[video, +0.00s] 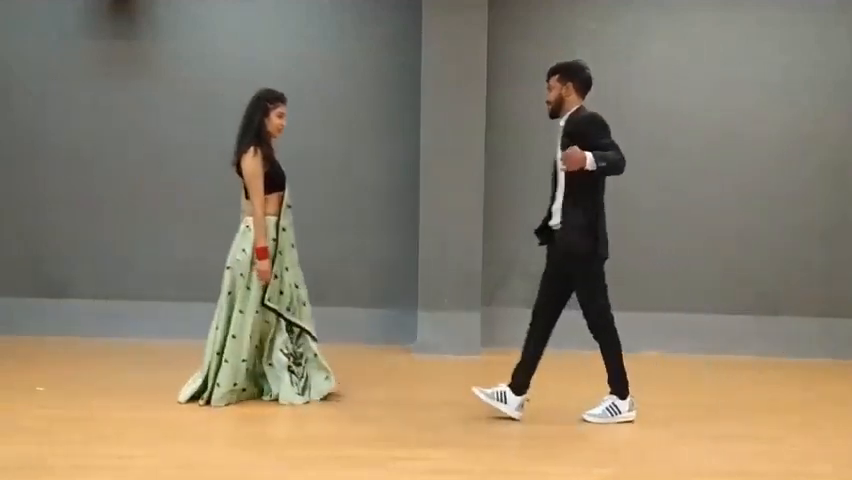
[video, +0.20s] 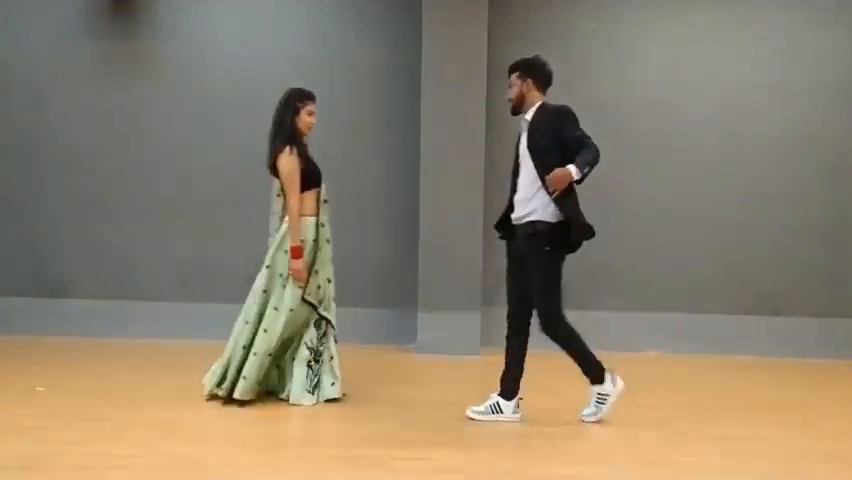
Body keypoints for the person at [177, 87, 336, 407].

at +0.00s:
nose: (283, 122)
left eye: (284, 116)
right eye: (279, 116)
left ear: (272, 118)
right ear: (262, 116)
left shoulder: (264, 153)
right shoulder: (253, 155)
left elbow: (262, 207)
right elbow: (256, 207)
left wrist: (269, 250)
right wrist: (262, 253)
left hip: (273, 238)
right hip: (261, 239)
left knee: (275, 310)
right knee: (261, 311)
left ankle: (274, 377)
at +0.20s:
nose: (313, 120)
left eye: (314, 114)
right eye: (309, 114)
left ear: (302, 117)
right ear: (293, 114)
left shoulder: (298, 152)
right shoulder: (289, 154)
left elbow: (296, 206)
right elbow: (292, 207)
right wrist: (296, 254)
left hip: (312, 240)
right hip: (301, 241)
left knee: (309, 311)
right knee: (297, 313)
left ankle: (305, 380)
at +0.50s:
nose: (350, 117)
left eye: (351, 111)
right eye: (345, 112)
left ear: (337, 114)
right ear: (329, 114)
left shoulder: (334, 149)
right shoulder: (328, 151)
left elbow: (338, 200)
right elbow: (339, 200)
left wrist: (346, 242)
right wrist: (344, 244)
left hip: (338, 234)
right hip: (334, 236)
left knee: (340, 308)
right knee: (337, 309)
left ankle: (338, 377)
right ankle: (335, 379)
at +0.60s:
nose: (361, 120)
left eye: (362, 114)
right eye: (356, 114)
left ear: (351, 118)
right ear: (340, 117)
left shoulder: (345, 152)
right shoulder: (343, 153)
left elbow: (353, 195)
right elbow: (353, 195)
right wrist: (359, 239)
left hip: (346, 231)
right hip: (345, 233)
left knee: (349, 305)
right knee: (349, 306)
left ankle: (351, 374)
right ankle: (353, 376)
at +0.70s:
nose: (374, 123)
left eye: (374, 118)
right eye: (367, 118)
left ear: (371, 121)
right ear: (352, 121)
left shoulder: (361, 155)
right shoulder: (356, 157)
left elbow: (367, 196)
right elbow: (367, 196)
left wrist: (374, 230)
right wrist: (372, 234)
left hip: (360, 234)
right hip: (359, 235)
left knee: (363, 305)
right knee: (361, 305)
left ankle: (361, 373)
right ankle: (360, 374)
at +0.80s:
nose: (386, 123)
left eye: (388, 117)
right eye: (380, 118)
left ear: (387, 120)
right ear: (364, 123)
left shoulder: (376, 154)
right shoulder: (371, 156)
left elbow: (386, 191)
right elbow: (380, 190)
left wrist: (398, 213)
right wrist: (385, 217)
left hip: (379, 231)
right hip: (376, 234)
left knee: (380, 305)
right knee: (378, 305)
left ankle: (379, 374)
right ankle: (380, 375)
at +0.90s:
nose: (399, 120)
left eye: (399, 114)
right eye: (392, 115)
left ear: (399, 118)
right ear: (377, 120)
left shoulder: (394, 152)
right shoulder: (386, 153)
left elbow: (403, 193)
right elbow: (391, 183)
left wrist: (415, 204)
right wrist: (390, 201)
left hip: (401, 232)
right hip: (392, 233)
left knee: (399, 305)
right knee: (392, 304)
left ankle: (397, 373)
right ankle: (391, 375)